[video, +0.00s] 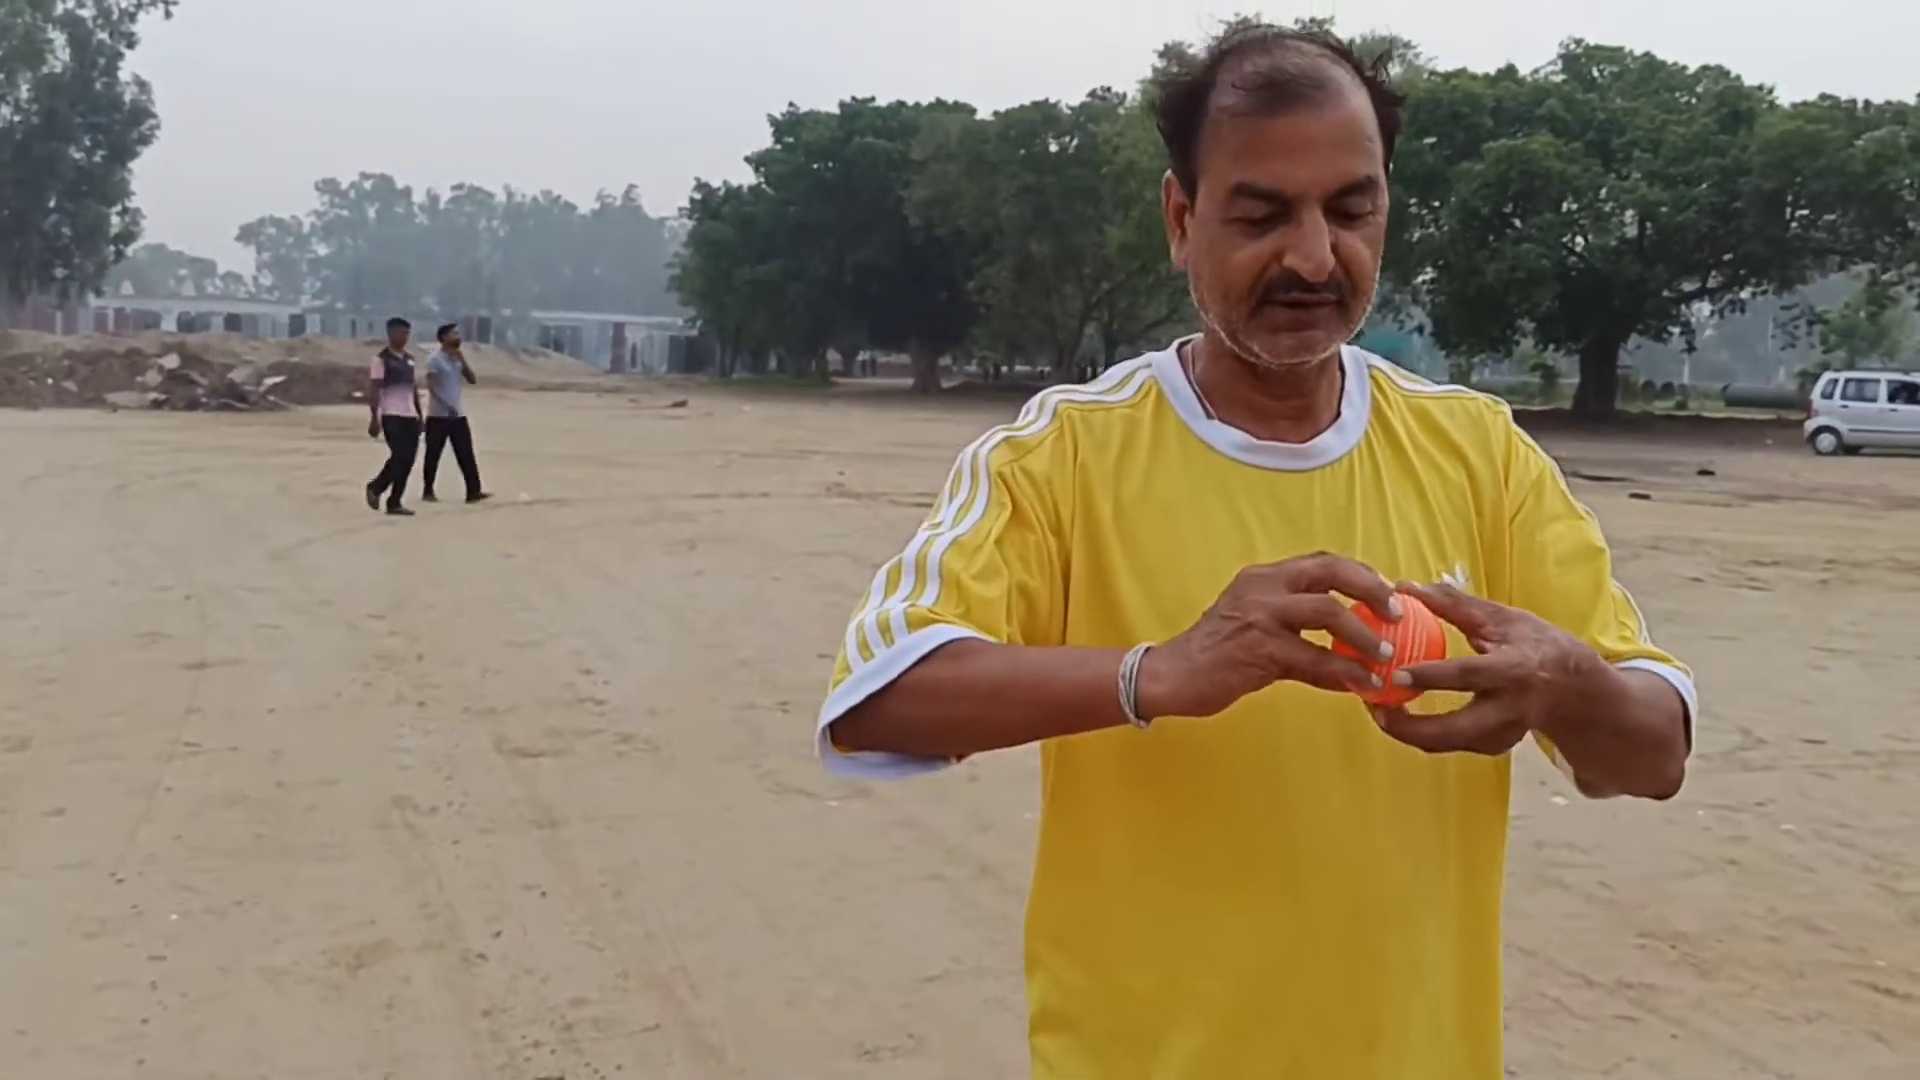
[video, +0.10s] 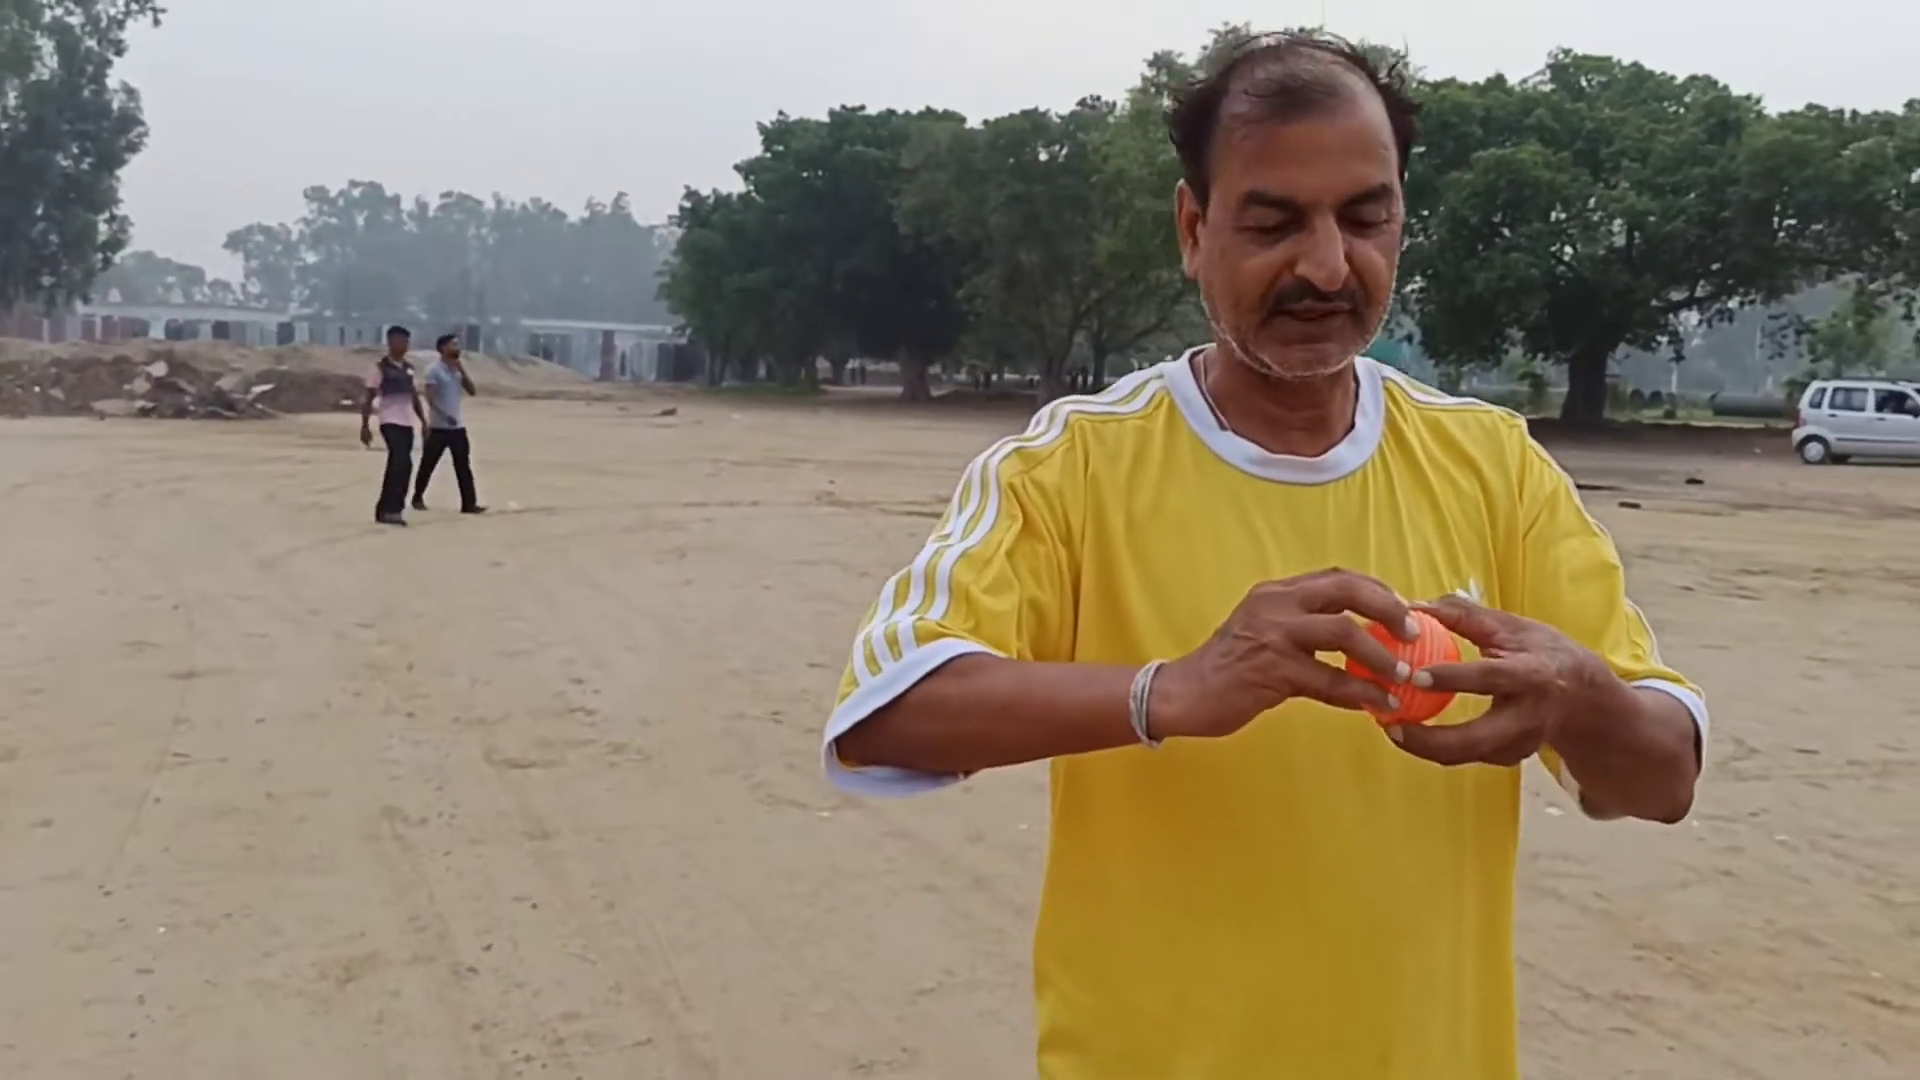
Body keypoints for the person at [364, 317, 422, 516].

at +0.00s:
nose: (404, 338)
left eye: (406, 334)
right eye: (400, 333)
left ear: (408, 335)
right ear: (390, 334)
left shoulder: (409, 359)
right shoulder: (380, 359)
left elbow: (413, 389)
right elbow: (374, 390)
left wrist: (419, 414)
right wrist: (374, 418)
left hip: (410, 413)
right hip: (391, 412)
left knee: (408, 459)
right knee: (400, 455)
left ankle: (395, 500)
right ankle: (375, 487)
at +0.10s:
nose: (402, 346)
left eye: (405, 342)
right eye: (398, 341)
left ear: (408, 344)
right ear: (389, 343)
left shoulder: (408, 368)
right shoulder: (380, 368)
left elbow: (414, 397)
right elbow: (369, 397)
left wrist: (423, 420)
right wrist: (365, 426)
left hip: (407, 421)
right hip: (390, 420)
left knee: (399, 465)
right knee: (402, 463)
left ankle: (388, 508)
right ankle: (390, 509)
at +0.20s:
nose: (408, 356)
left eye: (410, 352)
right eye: (404, 352)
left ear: (413, 354)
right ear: (394, 352)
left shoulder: (413, 378)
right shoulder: (384, 378)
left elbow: (420, 406)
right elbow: (373, 406)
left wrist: (431, 429)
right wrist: (365, 435)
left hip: (410, 433)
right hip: (393, 432)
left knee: (392, 478)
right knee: (406, 477)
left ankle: (377, 517)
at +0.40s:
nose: (398, 372)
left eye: (400, 368)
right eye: (394, 368)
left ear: (403, 370)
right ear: (384, 369)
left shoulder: (406, 395)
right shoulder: (376, 396)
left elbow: (412, 422)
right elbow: (369, 427)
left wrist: (418, 443)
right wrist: (365, 458)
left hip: (405, 449)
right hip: (388, 449)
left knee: (391, 493)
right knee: (401, 493)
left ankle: (359, 525)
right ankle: (408, 537)